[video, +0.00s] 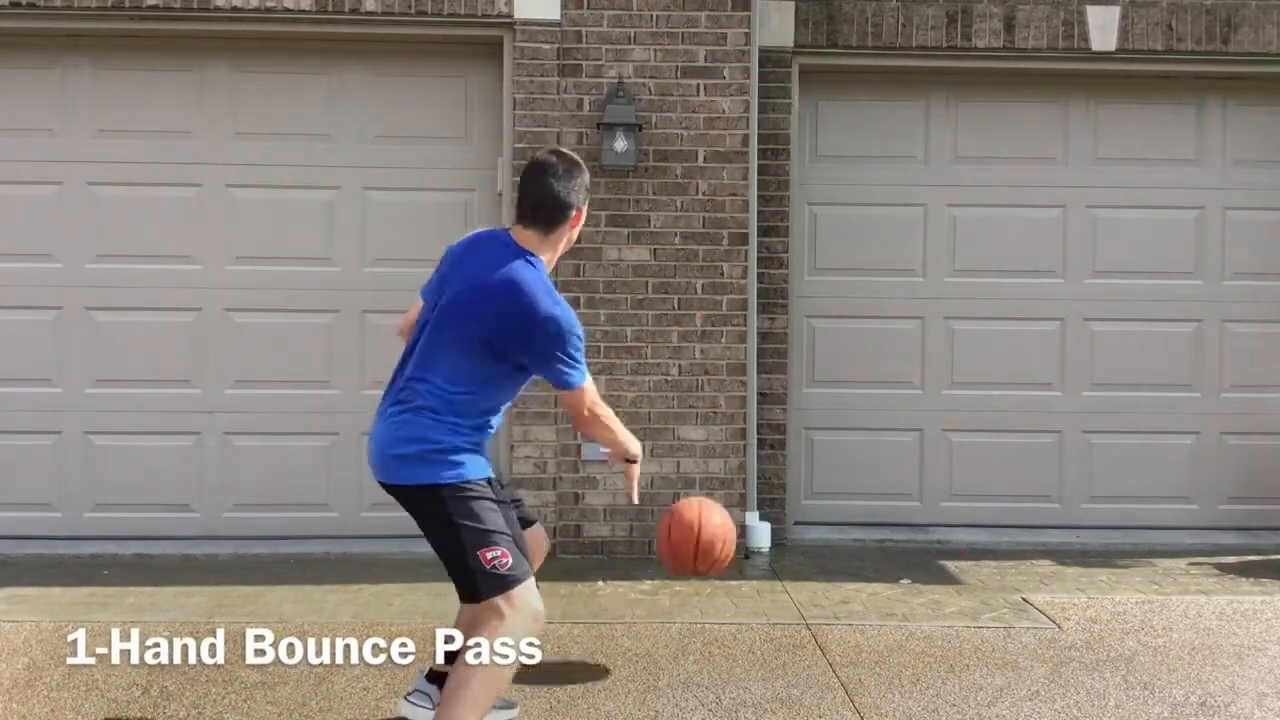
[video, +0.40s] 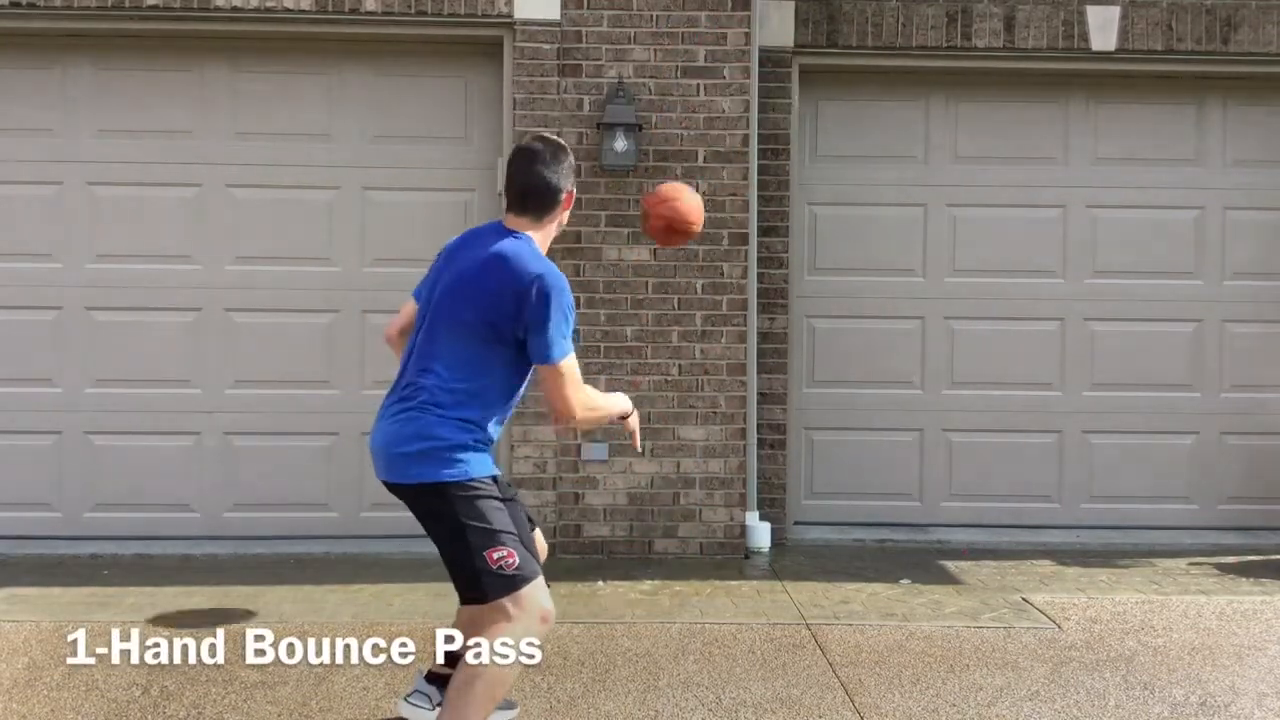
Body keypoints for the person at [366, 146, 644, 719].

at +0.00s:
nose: (584, 223)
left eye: (584, 213)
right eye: (586, 213)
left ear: (520, 201)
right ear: (577, 219)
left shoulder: (475, 246)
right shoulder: (546, 312)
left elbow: (411, 326)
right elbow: (586, 411)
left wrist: (458, 385)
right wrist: (630, 449)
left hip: (405, 441)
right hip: (436, 456)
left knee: (530, 543)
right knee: (516, 618)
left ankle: (445, 681)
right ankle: (455, 711)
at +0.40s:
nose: (573, 204)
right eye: (574, 195)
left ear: (508, 190)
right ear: (567, 202)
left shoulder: (463, 245)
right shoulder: (542, 281)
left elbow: (399, 332)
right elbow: (569, 409)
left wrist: (450, 386)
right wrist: (622, 403)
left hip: (405, 441)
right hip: (444, 452)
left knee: (527, 545)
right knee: (528, 613)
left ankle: (441, 684)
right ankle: (457, 712)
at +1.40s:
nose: (571, 228)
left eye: (570, 217)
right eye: (572, 218)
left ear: (507, 209)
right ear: (565, 225)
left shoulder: (458, 254)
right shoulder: (533, 307)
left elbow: (402, 342)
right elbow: (550, 418)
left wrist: (490, 390)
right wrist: (596, 429)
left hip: (389, 448)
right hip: (435, 457)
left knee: (522, 540)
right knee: (519, 619)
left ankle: (442, 682)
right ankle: (453, 710)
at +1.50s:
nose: (566, 215)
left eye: (562, 205)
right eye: (567, 206)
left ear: (502, 198)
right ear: (559, 211)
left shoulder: (455, 252)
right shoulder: (534, 290)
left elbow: (399, 342)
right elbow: (562, 412)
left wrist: (478, 400)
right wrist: (617, 439)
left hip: (392, 443)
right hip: (437, 450)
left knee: (520, 544)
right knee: (518, 616)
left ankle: (436, 686)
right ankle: (452, 712)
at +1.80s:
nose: (566, 168)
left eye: (564, 159)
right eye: (564, 159)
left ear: (495, 166)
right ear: (553, 166)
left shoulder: (468, 221)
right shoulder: (541, 226)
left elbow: (414, 322)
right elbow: (667, 251)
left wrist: (497, 388)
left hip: (415, 424)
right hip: (448, 430)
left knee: (495, 569)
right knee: (530, 602)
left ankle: (445, 680)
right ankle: (461, 714)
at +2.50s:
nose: (572, 224)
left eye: (569, 214)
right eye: (573, 216)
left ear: (508, 210)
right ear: (565, 227)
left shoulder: (460, 256)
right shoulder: (535, 313)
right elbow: (543, 412)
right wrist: (583, 430)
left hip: (389, 444)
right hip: (433, 456)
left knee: (525, 541)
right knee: (519, 620)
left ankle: (442, 683)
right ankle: (455, 708)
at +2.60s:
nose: (568, 217)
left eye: (567, 206)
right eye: (569, 208)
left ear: (503, 202)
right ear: (560, 217)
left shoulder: (458, 254)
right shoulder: (533, 299)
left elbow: (411, 347)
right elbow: (540, 416)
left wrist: (507, 390)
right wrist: (581, 438)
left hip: (391, 443)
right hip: (434, 454)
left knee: (524, 541)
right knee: (518, 618)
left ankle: (442, 683)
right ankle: (455, 708)